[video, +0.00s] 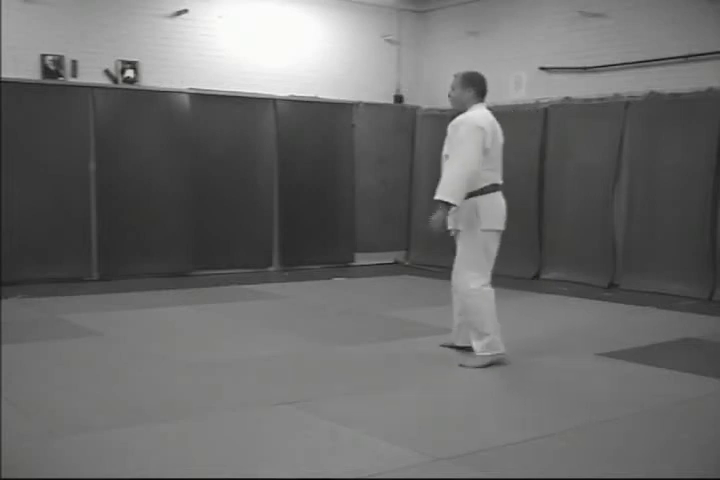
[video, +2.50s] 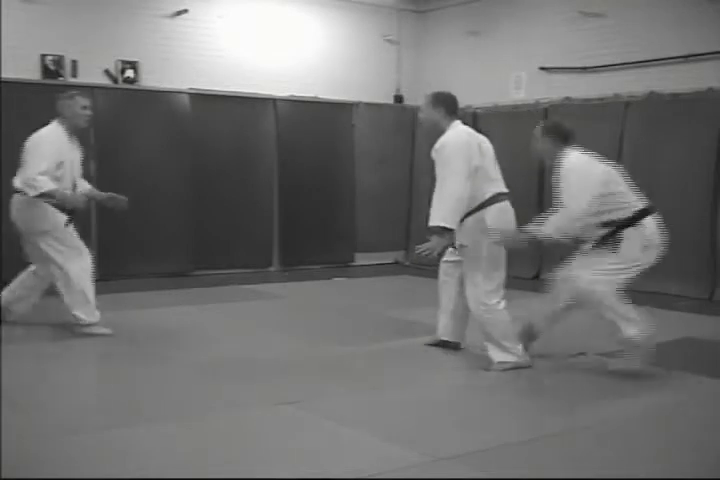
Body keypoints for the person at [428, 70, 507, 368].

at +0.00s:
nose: (449, 94)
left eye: (454, 89)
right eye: (450, 89)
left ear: (471, 93)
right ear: (475, 93)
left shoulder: (470, 122)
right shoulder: (482, 119)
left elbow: (463, 166)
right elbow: (469, 168)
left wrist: (443, 205)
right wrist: (454, 211)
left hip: (479, 207)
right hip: (478, 206)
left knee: (471, 278)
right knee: (463, 276)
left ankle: (490, 349)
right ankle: (465, 338)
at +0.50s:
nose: (443, 94)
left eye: (449, 89)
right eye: (445, 89)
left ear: (467, 93)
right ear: (469, 93)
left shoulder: (470, 126)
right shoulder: (478, 122)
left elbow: (464, 173)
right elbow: (466, 171)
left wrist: (449, 215)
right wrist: (450, 210)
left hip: (474, 209)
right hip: (480, 207)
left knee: (465, 281)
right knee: (469, 280)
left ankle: (466, 350)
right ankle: (464, 340)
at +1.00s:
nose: (439, 94)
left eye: (444, 88)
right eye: (440, 88)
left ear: (461, 92)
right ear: (467, 93)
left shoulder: (464, 125)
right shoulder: (487, 122)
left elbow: (455, 171)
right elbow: (485, 171)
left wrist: (444, 216)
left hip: (472, 209)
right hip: (489, 206)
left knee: (462, 282)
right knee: (473, 280)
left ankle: (467, 352)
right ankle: (466, 340)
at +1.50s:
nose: (435, 99)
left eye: (439, 94)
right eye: (436, 94)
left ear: (456, 97)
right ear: (464, 97)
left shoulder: (462, 130)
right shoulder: (480, 126)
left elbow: (460, 180)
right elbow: (477, 177)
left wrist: (441, 224)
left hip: (472, 213)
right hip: (487, 210)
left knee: (456, 279)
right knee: (472, 278)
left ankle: (476, 345)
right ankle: (469, 338)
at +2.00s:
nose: (413, 131)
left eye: (417, 125)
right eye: (414, 125)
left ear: (434, 129)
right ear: (438, 129)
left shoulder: (451, 157)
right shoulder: (449, 154)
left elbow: (447, 208)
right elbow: (446, 207)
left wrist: (425, 252)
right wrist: (428, 245)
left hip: (486, 233)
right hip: (472, 232)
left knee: (456, 292)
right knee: (437, 276)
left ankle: (488, 353)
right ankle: (443, 336)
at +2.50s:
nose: (420, 117)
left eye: (424, 111)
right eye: (421, 111)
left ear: (441, 112)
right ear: (445, 113)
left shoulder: (455, 141)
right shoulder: (467, 137)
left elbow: (453, 189)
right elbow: (461, 188)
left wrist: (441, 234)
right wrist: (448, 232)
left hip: (484, 217)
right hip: (480, 216)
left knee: (482, 289)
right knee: (451, 267)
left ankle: (510, 355)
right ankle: (449, 335)